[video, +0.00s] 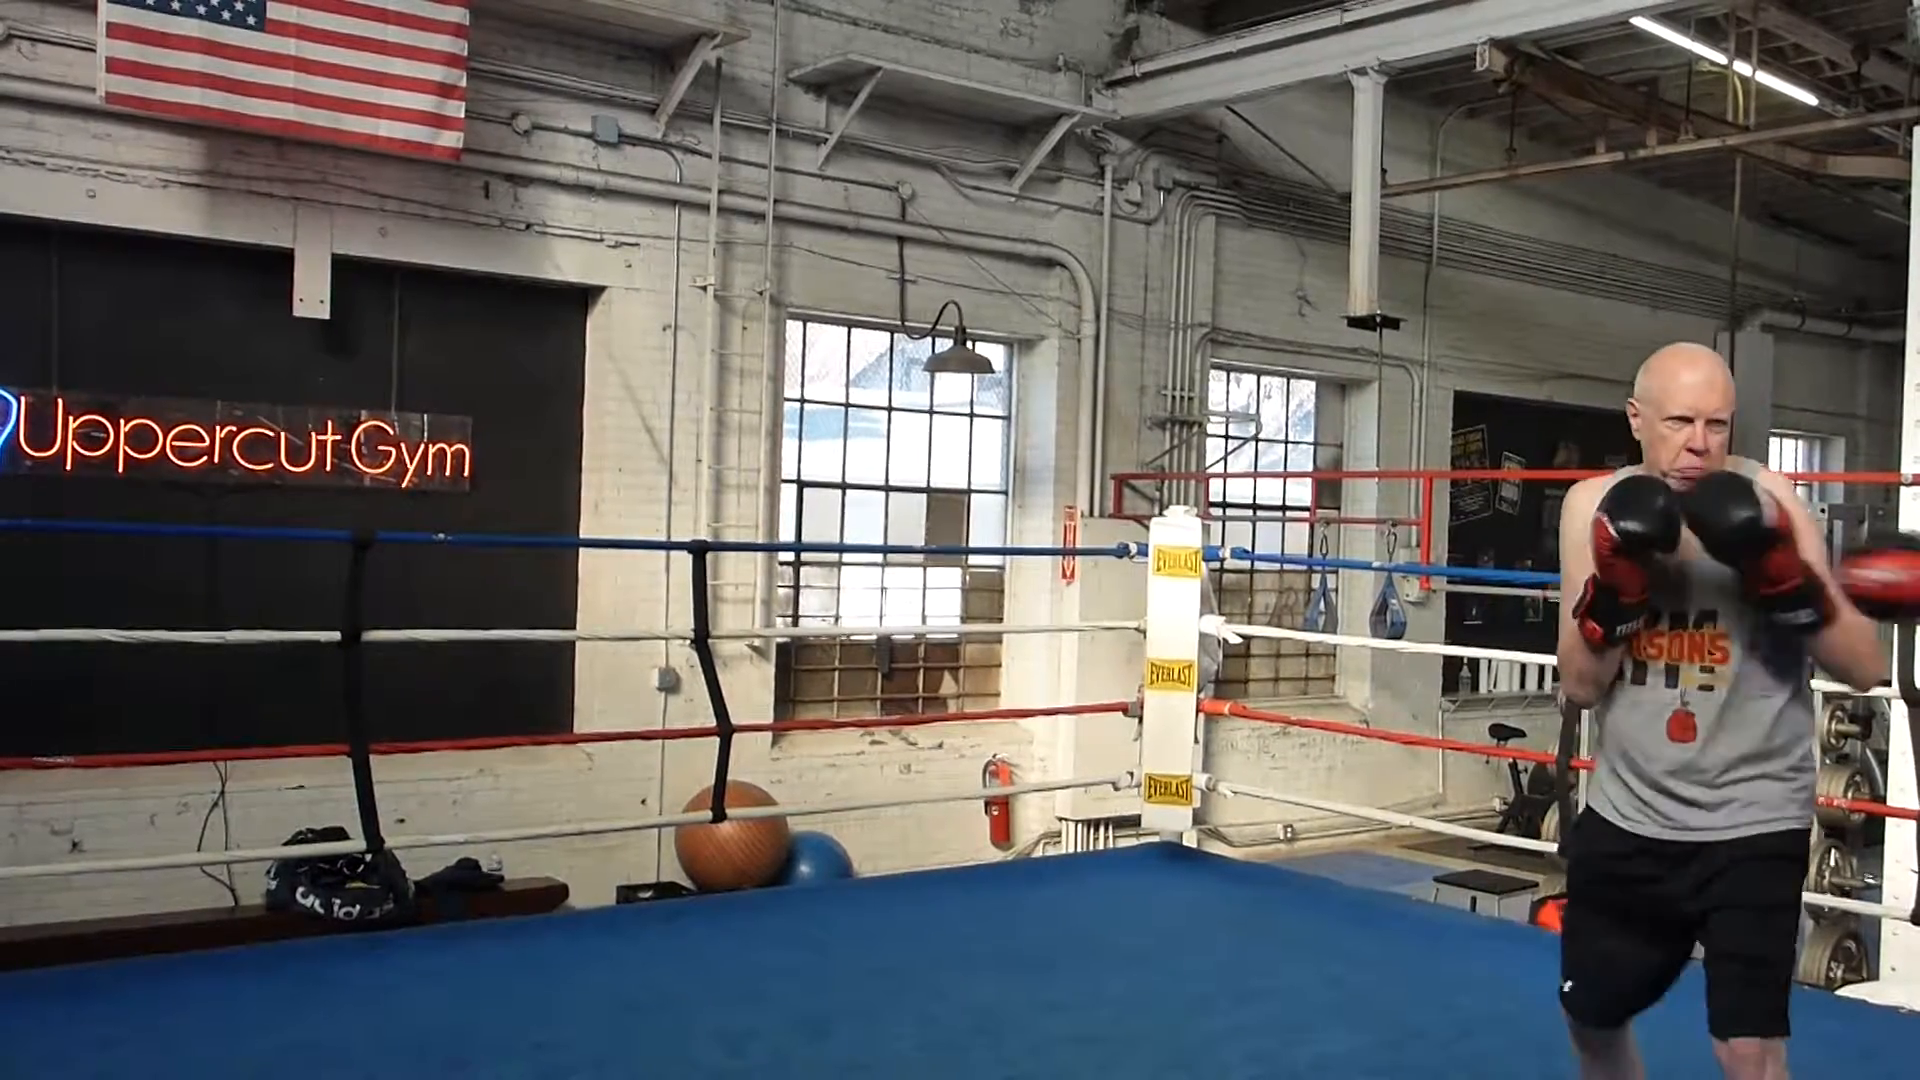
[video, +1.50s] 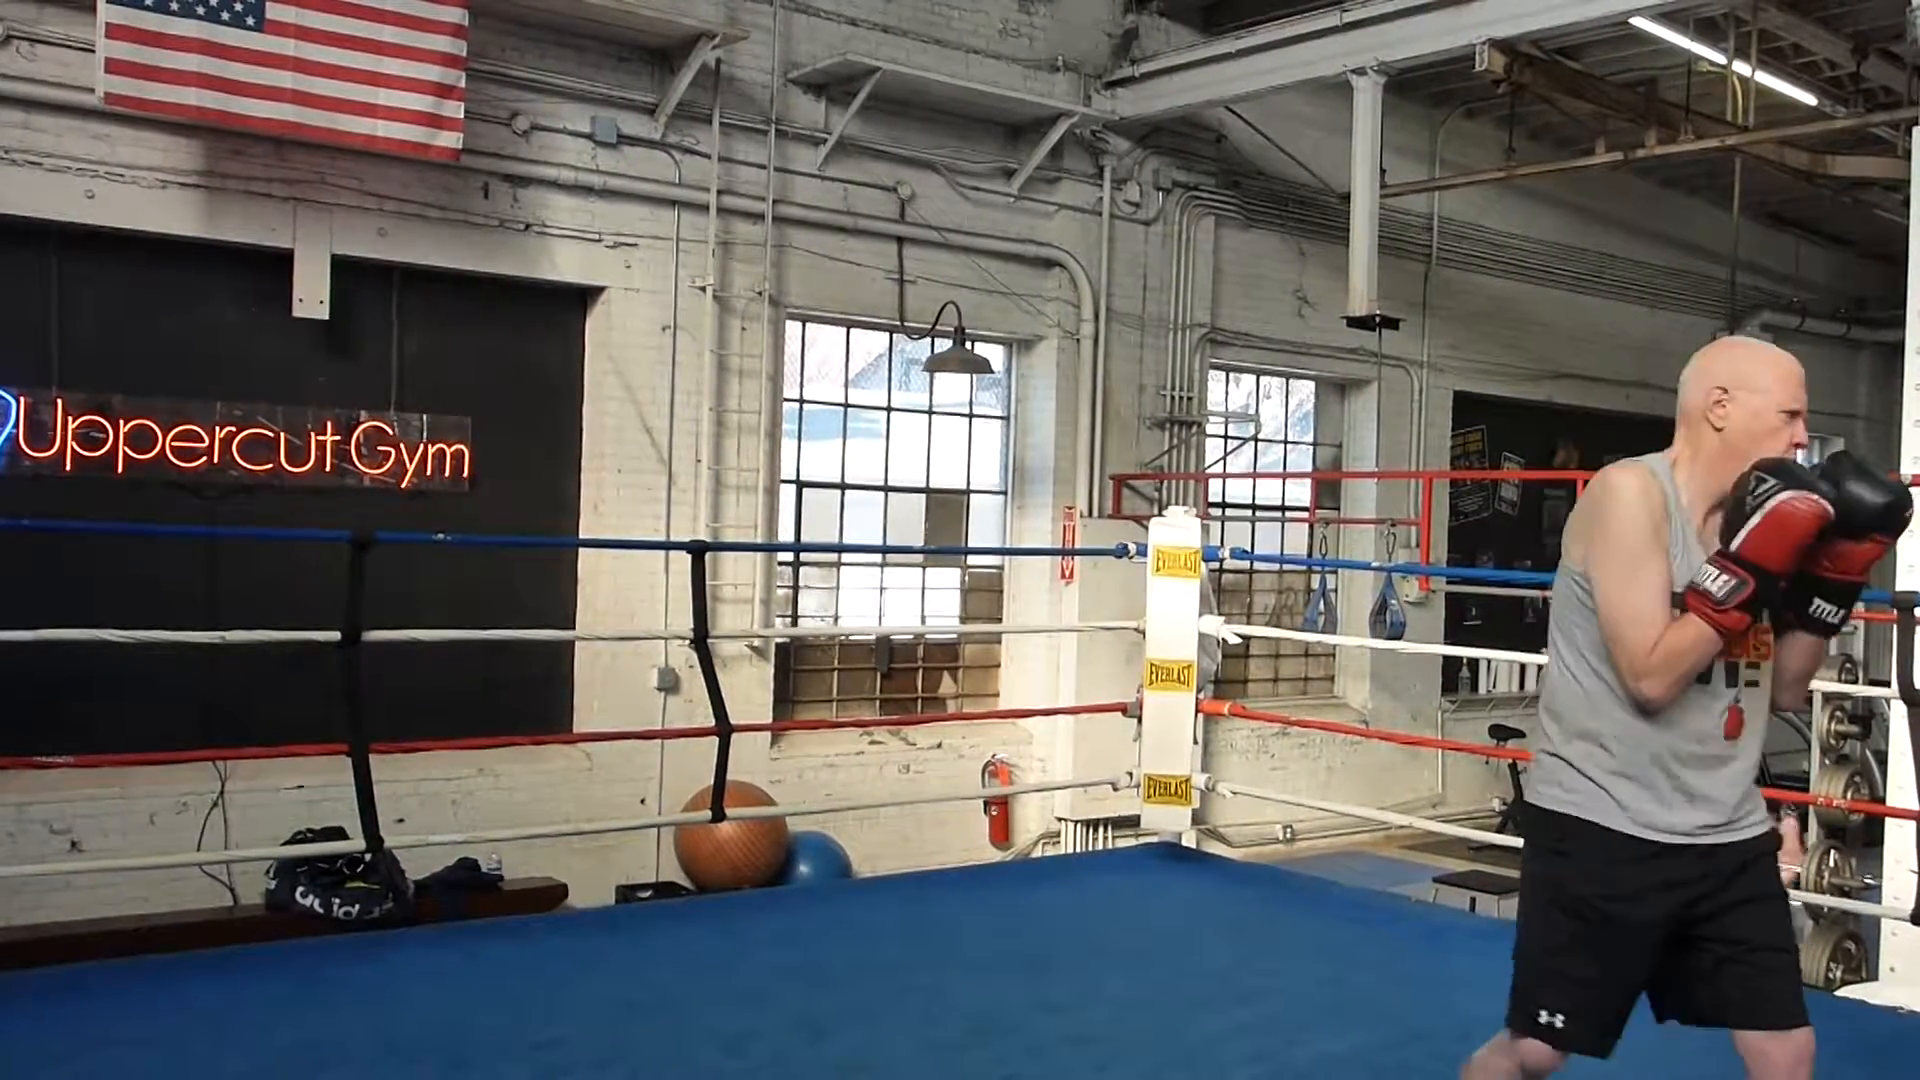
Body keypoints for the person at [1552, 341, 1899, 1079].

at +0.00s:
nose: (1700, 441)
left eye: (1717, 423)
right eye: (1680, 420)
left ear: (1735, 425)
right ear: (1637, 418)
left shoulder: (1773, 500)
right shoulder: (1592, 503)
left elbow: (1870, 669)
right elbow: (1579, 684)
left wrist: (1792, 582)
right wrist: (1614, 600)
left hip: (1757, 809)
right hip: (1629, 804)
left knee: (1747, 1045)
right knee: (1591, 1016)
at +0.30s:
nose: (1661, 440)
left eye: (1678, 421)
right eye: (1641, 421)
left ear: (1699, 424)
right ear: (1604, 427)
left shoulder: (1742, 494)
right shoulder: (1573, 513)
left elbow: (1830, 659)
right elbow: (1562, 692)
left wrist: (1735, 586)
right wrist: (1583, 601)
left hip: (1746, 816)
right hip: (1617, 811)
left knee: (1736, 1054)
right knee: (1552, 1011)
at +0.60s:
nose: (1623, 446)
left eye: (1640, 426)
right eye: (1603, 426)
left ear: (1663, 424)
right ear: (1569, 425)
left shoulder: (1707, 491)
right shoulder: (1540, 514)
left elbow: (1768, 667)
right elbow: (1538, 689)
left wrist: (1682, 577)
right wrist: (1556, 609)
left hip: (1718, 814)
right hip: (1592, 809)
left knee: (1729, 1047)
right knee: (1540, 1009)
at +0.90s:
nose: (1642, 440)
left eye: (1656, 424)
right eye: (1622, 423)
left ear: (1669, 423)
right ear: (1575, 426)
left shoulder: (1703, 493)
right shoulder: (1535, 511)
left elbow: (1748, 679)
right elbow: (1534, 687)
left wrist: (1694, 596)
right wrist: (1568, 594)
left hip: (1700, 817)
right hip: (1568, 811)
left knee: (1717, 1041)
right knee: (1526, 1015)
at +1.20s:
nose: (1728, 432)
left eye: (1737, 415)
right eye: (1709, 413)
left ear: (1746, 420)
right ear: (1645, 414)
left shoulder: (1759, 509)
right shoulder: (1578, 499)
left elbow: (1781, 688)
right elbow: (1567, 674)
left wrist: (1756, 576)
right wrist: (1634, 578)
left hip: (1728, 835)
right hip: (1587, 828)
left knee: (1761, 1055)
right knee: (1541, 1026)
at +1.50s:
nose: (1804, 439)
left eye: (1805, 420)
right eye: (1790, 416)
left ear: (1727, 413)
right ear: (1718, 409)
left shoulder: (1756, 516)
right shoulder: (1626, 491)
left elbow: (1784, 687)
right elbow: (1651, 676)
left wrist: (1833, 578)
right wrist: (1751, 567)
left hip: (1728, 833)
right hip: (1598, 827)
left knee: (1785, 1055)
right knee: (1536, 1049)